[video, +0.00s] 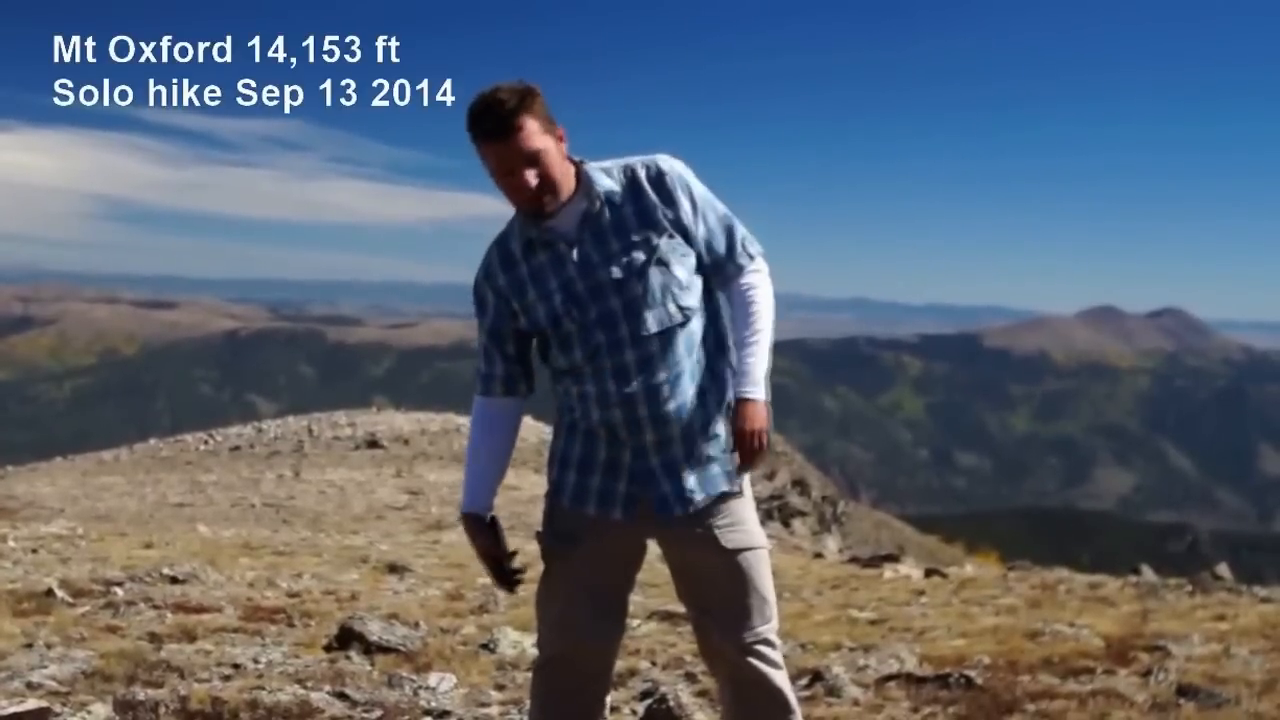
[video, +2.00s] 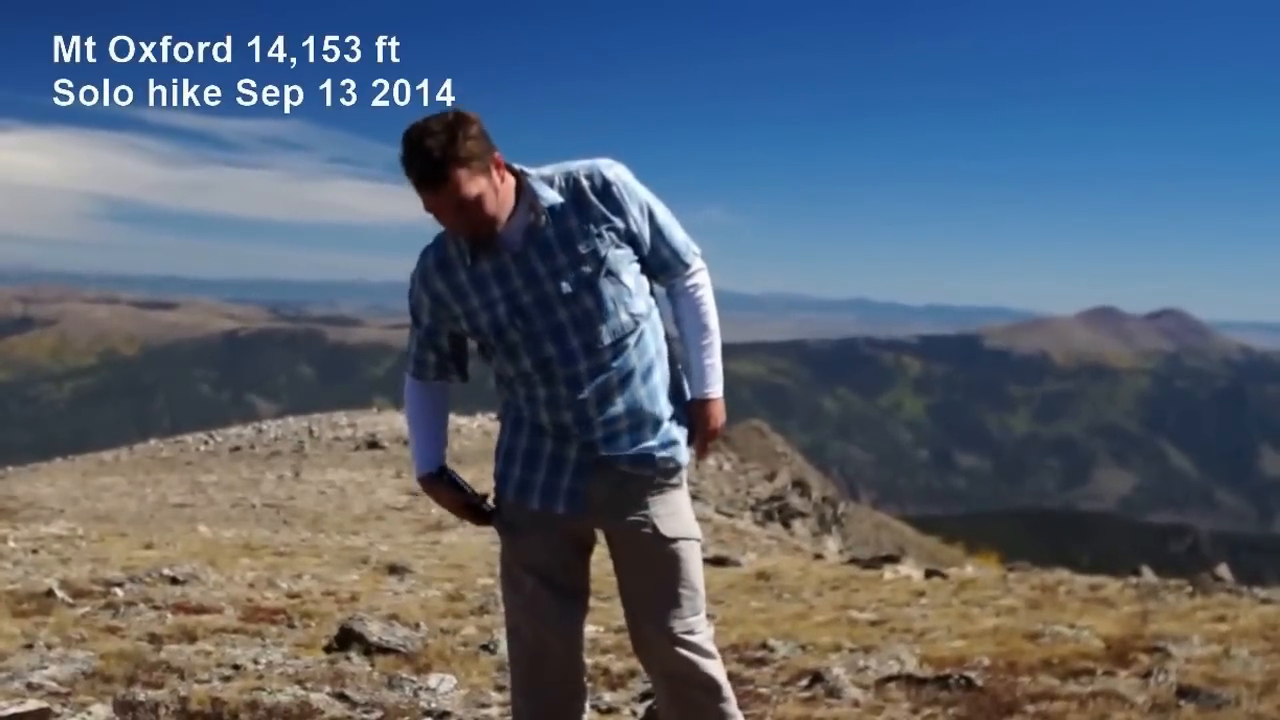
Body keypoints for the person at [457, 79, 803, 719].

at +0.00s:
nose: (524, 182)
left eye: (531, 160)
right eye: (505, 173)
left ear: (561, 140)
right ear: (488, 175)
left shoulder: (658, 185)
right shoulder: (504, 270)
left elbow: (745, 270)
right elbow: (498, 395)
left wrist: (751, 392)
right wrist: (476, 507)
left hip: (701, 459)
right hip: (592, 475)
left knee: (749, 658)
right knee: (567, 672)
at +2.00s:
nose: (461, 227)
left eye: (468, 207)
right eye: (444, 216)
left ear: (499, 170)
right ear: (425, 202)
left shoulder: (600, 192)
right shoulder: (439, 275)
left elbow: (687, 273)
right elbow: (427, 376)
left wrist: (706, 391)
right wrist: (431, 471)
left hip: (643, 447)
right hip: (536, 463)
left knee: (676, 646)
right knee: (542, 663)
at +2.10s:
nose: (458, 220)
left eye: (464, 200)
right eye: (441, 210)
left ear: (495, 163)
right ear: (423, 196)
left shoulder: (596, 190)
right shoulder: (437, 271)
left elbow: (683, 273)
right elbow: (430, 374)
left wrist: (704, 391)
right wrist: (432, 471)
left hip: (641, 444)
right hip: (535, 462)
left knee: (675, 644)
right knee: (541, 661)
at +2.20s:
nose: (451, 213)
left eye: (459, 192)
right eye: (435, 202)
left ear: (490, 159)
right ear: (418, 192)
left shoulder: (594, 191)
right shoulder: (433, 273)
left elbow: (677, 275)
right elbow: (430, 379)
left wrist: (698, 393)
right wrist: (434, 479)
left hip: (637, 447)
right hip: (531, 467)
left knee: (673, 645)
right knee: (540, 660)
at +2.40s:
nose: (446, 199)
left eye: (455, 179)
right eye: (429, 188)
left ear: (487, 151)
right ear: (413, 182)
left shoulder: (587, 189)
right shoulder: (430, 273)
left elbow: (671, 277)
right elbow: (435, 390)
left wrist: (690, 396)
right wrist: (445, 495)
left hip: (629, 449)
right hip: (524, 469)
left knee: (667, 642)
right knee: (536, 659)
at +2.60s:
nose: (443, 183)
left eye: (452, 163)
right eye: (427, 172)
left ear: (487, 140)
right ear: (413, 171)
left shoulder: (589, 188)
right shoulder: (428, 264)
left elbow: (668, 279)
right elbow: (431, 386)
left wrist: (686, 402)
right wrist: (452, 494)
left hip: (625, 446)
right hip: (520, 461)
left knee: (665, 639)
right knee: (535, 656)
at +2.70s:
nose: (444, 179)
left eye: (452, 159)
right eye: (428, 168)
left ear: (488, 137)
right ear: (413, 166)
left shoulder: (590, 188)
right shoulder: (428, 263)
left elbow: (669, 280)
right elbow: (429, 381)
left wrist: (686, 403)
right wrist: (444, 490)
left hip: (622, 446)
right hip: (516, 462)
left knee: (662, 640)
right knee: (533, 657)